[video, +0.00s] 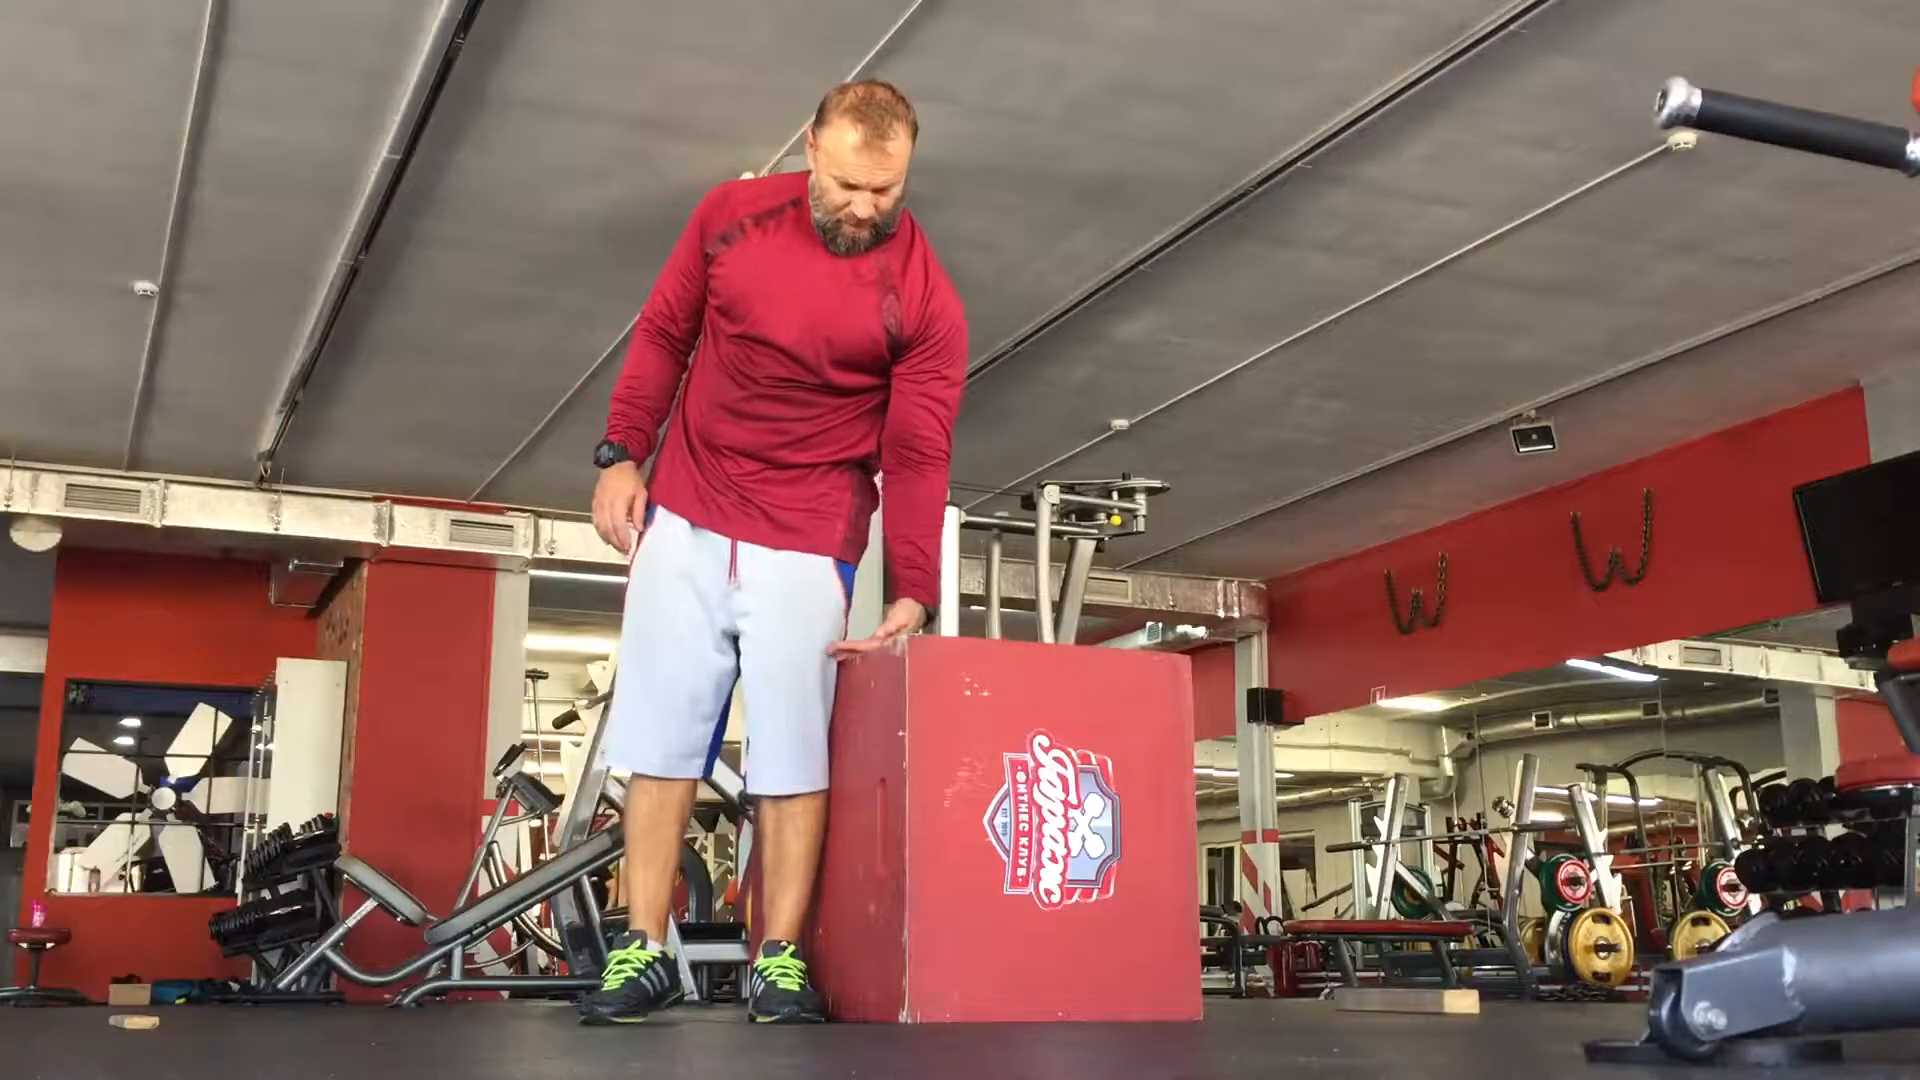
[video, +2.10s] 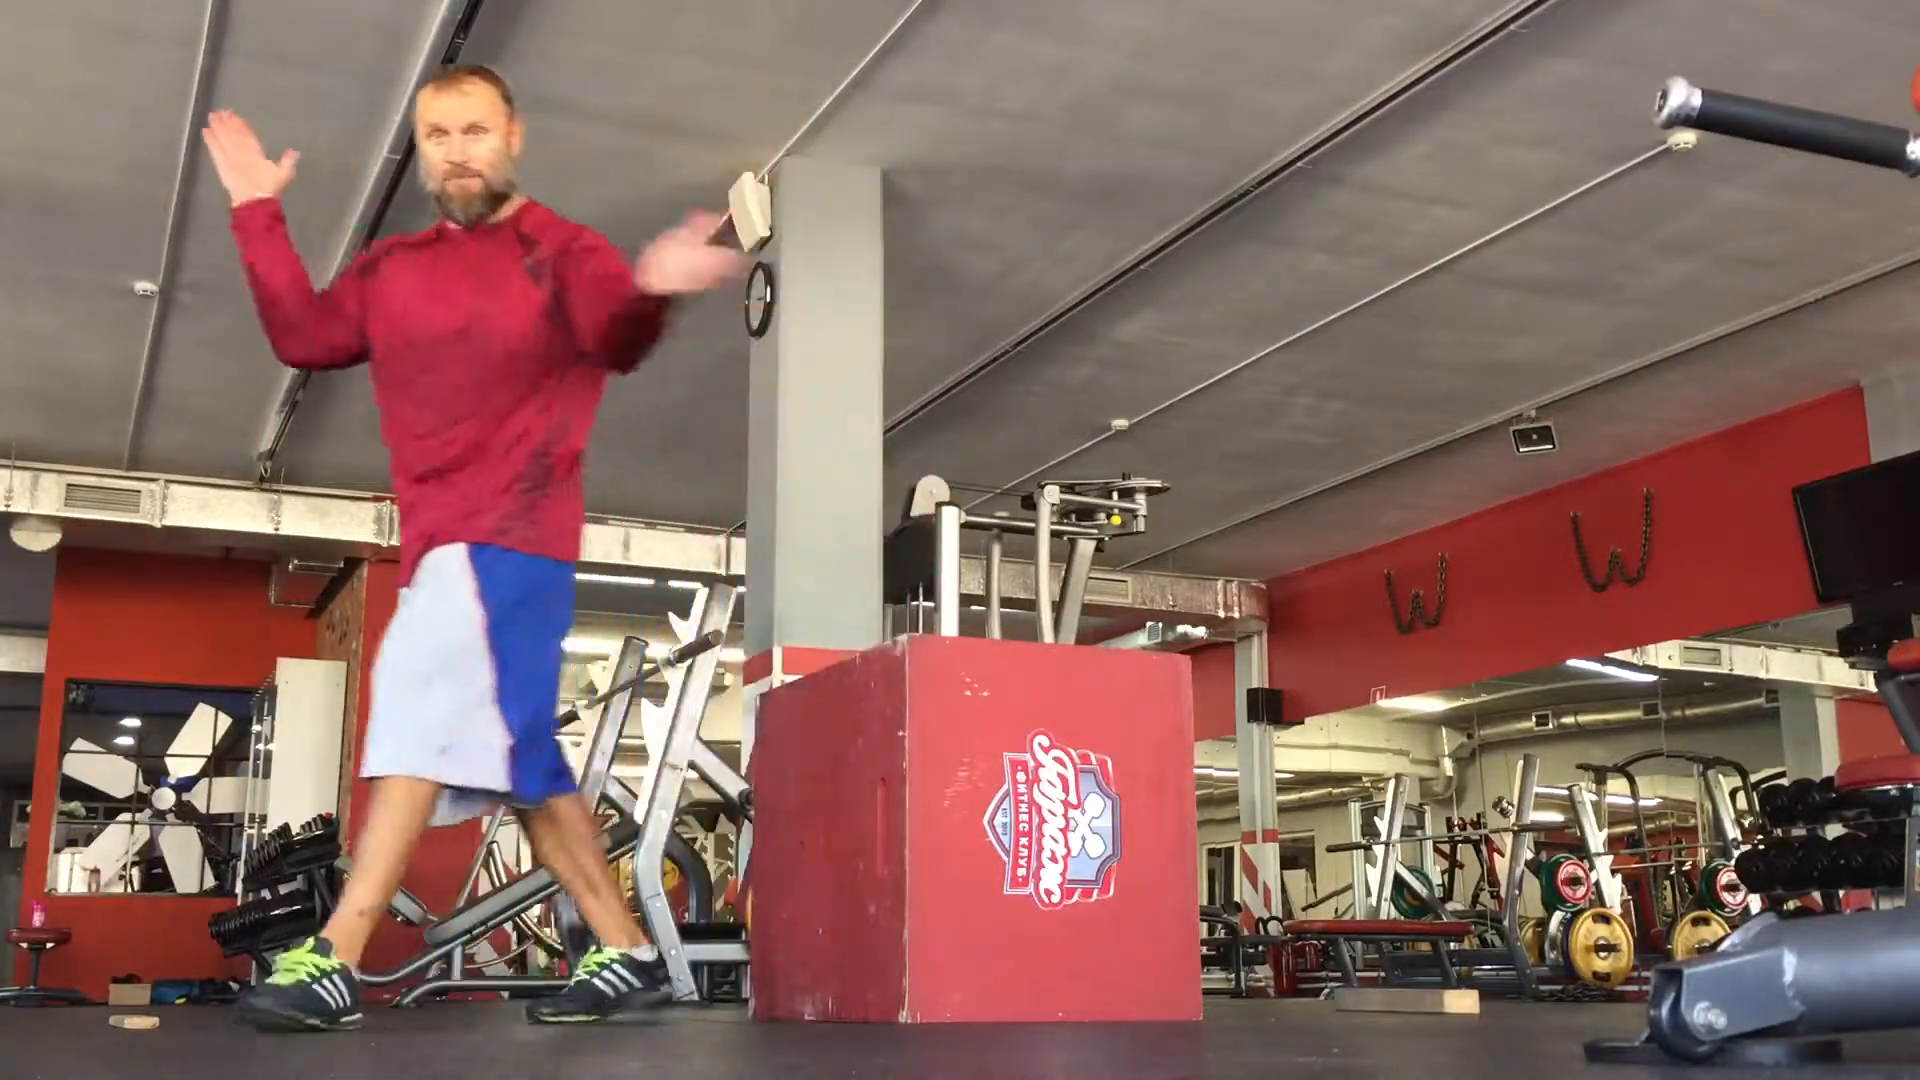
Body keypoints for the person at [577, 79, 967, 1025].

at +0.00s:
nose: (861, 207)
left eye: (882, 190)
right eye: (843, 185)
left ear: (909, 174)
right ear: (810, 149)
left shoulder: (924, 302)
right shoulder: (731, 215)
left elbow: (918, 455)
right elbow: (662, 335)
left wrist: (912, 591)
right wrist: (621, 456)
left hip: (810, 531)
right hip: (688, 506)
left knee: (792, 743)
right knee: (662, 728)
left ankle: (778, 960)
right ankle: (644, 950)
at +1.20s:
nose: (747, 147)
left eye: (766, 129)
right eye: (729, 130)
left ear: (797, 139)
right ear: (702, 141)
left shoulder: (849, 268)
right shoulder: (647, 248)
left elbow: (887, 380)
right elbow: (590, 356)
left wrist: (861, 433)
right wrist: (608, 423)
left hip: (784, 531)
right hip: (656, 528)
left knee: (782, 742)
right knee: (636, 740)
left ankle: (779, 958)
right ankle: (640, 964)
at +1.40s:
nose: (676, 167)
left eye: (694, 150)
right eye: (657, 153)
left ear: (726, 162)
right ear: (634, 169)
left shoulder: (767, 253)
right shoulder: (597, 252)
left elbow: (805, 279)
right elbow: (567, 291)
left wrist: (798, 280)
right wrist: (605, 288)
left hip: (741, 549)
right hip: (615, 553)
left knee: (762, 750)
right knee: (618, 754)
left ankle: (775, 958)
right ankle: (636, 963)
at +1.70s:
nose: (594, 178)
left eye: (610, 160)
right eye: (574, 164)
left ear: (641, 165)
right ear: (550, 176)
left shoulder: (688, 253)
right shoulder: (522, 261)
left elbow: (721, 283)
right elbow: (492, 294)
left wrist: (698, 251)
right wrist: (530, 270)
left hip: (655, 527)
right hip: (550, 537)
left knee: (652, 726)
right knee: (575, 742)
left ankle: (662, 947)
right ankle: (623, 949)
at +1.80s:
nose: (566, 175)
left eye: (582, 156)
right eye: (546, 161)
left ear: (614, 163)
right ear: (525, 176)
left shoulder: (659, 253)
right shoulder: (505, 270)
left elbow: (690, 278)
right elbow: (452, 329)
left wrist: (717, 253)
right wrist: (469, 282)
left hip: (627, 522)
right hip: (529, 532)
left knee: (607, 720)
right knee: (569, 739)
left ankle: (579, 940)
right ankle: (631, 958)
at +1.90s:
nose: (532, 168)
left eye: (549, 148)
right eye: (513, 153)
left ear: (585, 156)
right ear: (493, 170)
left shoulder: (634, 254)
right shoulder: (463, 276)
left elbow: (687, 295)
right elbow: (391, 356)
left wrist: (739, 275)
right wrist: (381, 275)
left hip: (599, 525)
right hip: (497, 536)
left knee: (546, 716)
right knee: (551, 744)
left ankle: (481, 940)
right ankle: (636, 963)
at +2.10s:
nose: (456, 149)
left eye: (475, 129)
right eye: (437, 134)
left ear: (516, 140)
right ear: (419, 153)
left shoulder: (560, 249)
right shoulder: (387, 270)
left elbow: (615, 341)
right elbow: (302, 336)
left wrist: (646, 289)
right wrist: (256, 209)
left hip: (514, 529)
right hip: (436, 532)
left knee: (413, 715)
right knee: (522, 746)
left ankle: (335, 959)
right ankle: (628, 950)